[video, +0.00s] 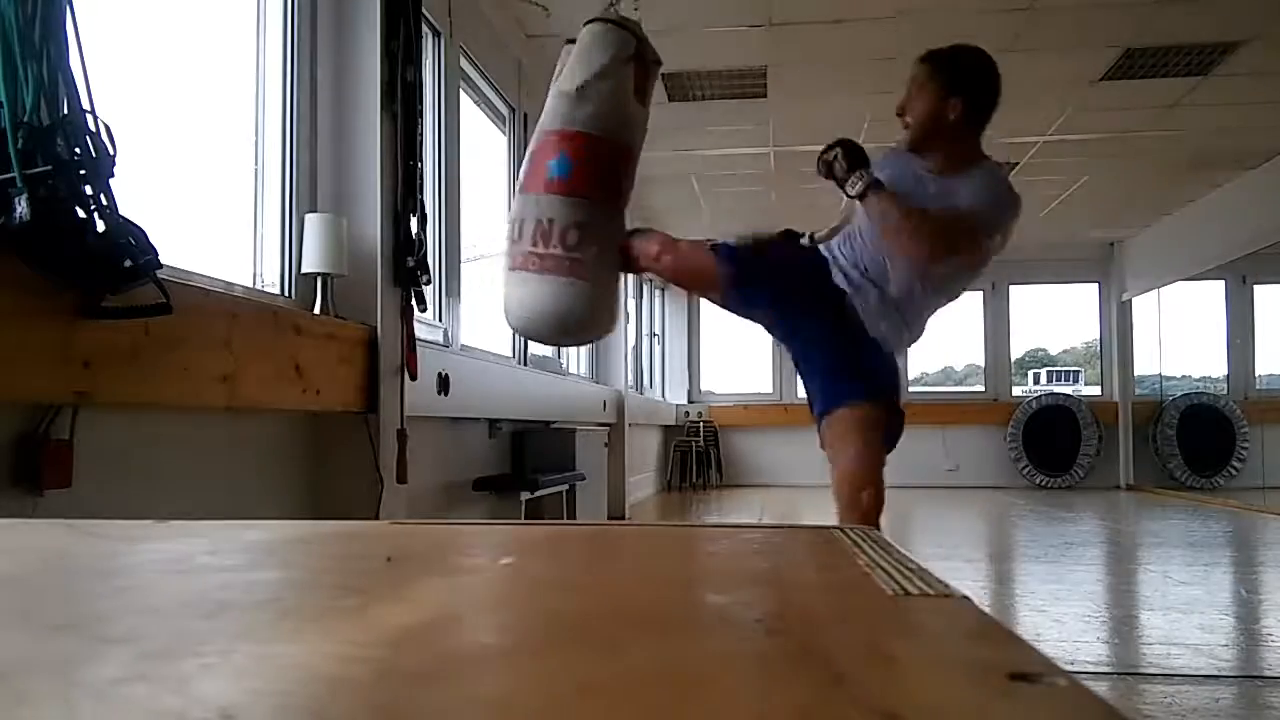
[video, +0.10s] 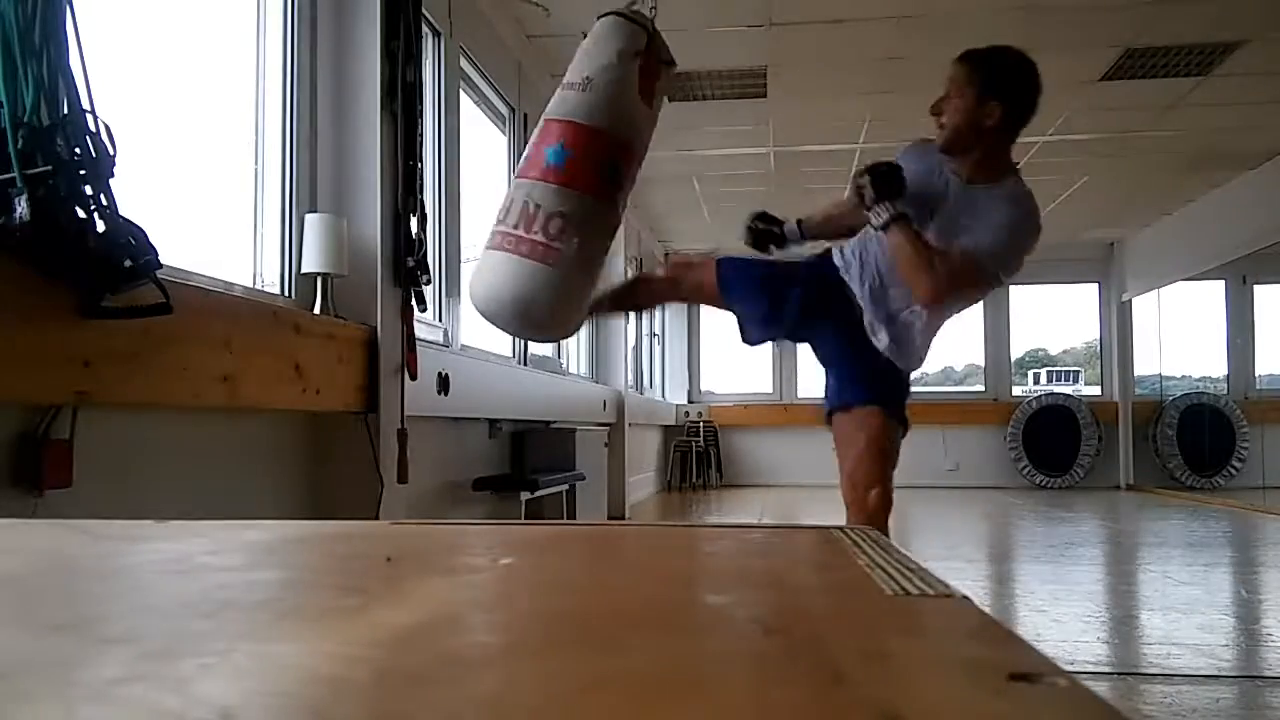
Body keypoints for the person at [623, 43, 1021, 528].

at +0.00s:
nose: (900, 106)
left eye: (914, 93)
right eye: (905, 92)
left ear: (953, 108)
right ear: (948, 109)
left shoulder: (993, 196)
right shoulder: (896, 160)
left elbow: (925, 246)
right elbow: (844, 236)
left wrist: (861, 183)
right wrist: (793, 248)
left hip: (863, 344)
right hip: (811, 276)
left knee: (860, 487)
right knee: (665, 256)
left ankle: (856, 622)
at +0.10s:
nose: (936, 108)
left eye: (953, 98)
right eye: (943, 96)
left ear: (994, 114)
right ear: (982, 111)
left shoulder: (1015, 221)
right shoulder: (925, 157)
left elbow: (934, 289)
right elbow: (858, 213)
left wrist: (889, 211)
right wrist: (793, 232)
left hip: (879, 351)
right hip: (830, 281)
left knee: (869, 500)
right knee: (678, 276)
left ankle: (868, 631)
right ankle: (573, 311)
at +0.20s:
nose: (954, 90)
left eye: (970, 80)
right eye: (960, 76)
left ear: (1013, 96)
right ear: (1000, 93)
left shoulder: (1035, 213)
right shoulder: (939, 146)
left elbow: (971, 306)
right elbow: (867, 184)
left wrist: (913, 237)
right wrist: (790, 190)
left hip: (906, 354)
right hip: (850, 293)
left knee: (891, 498)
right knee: (712, 328)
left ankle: (876, 632)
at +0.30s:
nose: (960, 77)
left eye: (973, 65)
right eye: (965, 64)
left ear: (1018, 76)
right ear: (1009, 76)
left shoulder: (1049, 187)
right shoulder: (948, 138)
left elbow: (1036, 299)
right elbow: (877, 186)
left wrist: (964, 262)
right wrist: (843, 168)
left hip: (934, 350)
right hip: (875, 303)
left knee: (901, 494)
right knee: (770, 394)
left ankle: (891, 615)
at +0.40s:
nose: (964, 71)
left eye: (978, 59)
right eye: (968, 58)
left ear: (1020, 70)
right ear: (1010, 70)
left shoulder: (1062, 169)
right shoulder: (954, 140)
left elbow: (1107, 266)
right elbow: (890, 218)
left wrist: (1028, 267)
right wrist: (897, 183)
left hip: (955, 348)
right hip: (897, 321)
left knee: (911, 497)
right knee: (851, 446)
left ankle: (899, 630)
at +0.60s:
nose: (965, 119)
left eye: (974, 106)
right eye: (965, 106)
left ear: (1016, 107)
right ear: (1008, 111)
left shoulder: (1078, 172)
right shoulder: (988, 190)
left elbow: (1154, 251)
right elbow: (979, 289)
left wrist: (1082, 255)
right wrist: (946, 256)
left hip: (1038, 355)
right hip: (996, 356)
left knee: (959, 488)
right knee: (1044, 503)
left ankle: (929, 637)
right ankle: (1143, 622)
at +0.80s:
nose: (972, 123)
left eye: (978, 108)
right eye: (968, 111)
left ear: (1018, 97)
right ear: (1014, 105)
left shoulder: (1072, 134)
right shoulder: (1031, 157)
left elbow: (1066, 211)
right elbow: (1053, 252)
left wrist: (985, 168)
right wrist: (1008, 243)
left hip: (1098, 321)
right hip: (1081, 327)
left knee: (1037, 452)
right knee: (1100, 484)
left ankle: (1053, 644)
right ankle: (1161, 636)